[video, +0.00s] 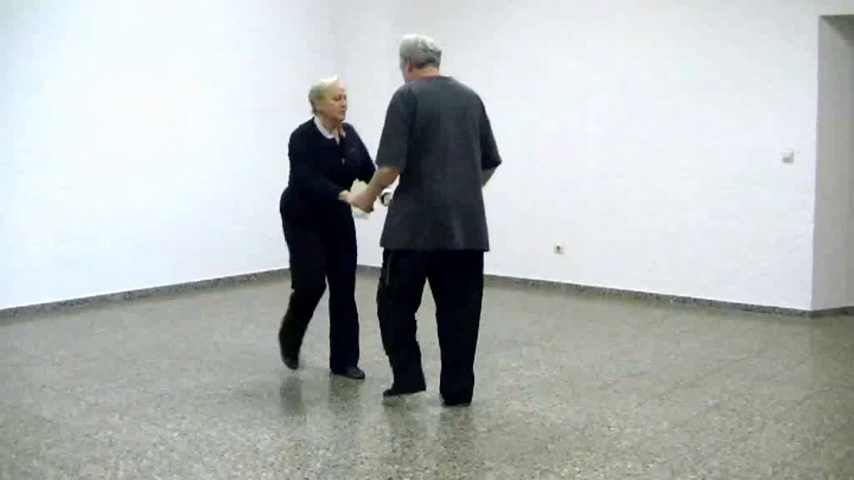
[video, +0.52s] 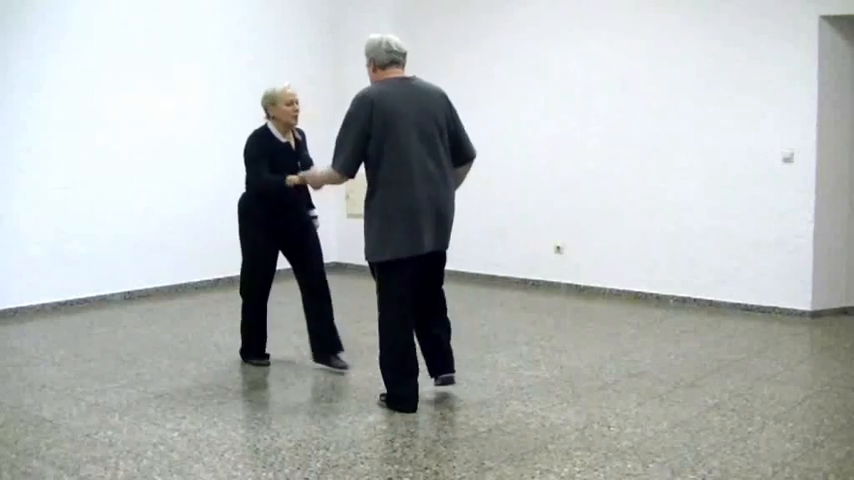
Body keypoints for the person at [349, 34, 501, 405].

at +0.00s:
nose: (402, 72)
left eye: (402, 67)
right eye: (403, 68)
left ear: (408, 65)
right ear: (438, 62)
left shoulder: (407, 97)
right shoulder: (471, 98)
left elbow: (391, 165)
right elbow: (488, 162)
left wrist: (368, 196)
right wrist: (459, 193)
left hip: (414, 225)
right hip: (466, 225)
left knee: (394, 305)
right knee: (460, 314)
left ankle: (408, 380)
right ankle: (458, 392)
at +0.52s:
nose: (367, 72)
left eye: (367, 67)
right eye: (369, 67)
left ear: (373, 66)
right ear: (403, 62)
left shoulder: (369, 99)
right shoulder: (435, 96)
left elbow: (342, 172)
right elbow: (464, 158)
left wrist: (311, 177)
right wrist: (439, 191)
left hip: (392, 221)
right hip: (437, 218)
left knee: (394, 309)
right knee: (430, 294)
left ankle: (402, 396)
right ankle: (443, 370)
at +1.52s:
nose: (404, 67)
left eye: (403, 60)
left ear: (403, 61)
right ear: (439, 63)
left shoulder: (382, 95)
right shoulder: (456, 101)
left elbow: (347, 152)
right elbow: (482, 170)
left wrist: (341, 131)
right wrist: (467, 206)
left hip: (384, 225)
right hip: (437, 227)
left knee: (383, 306)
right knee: (433, 313)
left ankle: (381, 387)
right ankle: (427, 400)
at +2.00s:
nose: (421, 70)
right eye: (421, 65)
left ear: (383, 61)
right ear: (418, 66)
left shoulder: (357, 97)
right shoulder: (420, 103)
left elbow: (326, 113)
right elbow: (439, 165)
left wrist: (359, 80)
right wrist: (440, 203)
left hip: (353, 227)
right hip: (402, 230)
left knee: (352, 312)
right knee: (414, 311)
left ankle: (350, 396)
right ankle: (422, 393)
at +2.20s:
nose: (421, 70)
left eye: (420, 64)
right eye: (420, 64)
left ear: (380, 61)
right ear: (413, 66)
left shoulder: (353, 92)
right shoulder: (409, 102)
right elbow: (418, 172)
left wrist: (411, 85)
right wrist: (434, 195)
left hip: (344, 225)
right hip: (393, 228)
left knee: (347, 317)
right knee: (405, 306)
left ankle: (350, 397)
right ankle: (397, 384)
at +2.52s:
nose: (433, 72)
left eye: (432, 67)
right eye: (431, 67)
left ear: (394, 65)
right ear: (418, 69)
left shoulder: (372, 91)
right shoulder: (406, 107)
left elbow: (424, 83)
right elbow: (413, 178)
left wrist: (461, 65)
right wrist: (451, 187)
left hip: (359, 217)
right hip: (391, 223)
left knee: (372, 298)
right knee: (405, 301)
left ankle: (346, 364)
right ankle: (391, 384)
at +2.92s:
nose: (440, 75)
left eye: (440, 67)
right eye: (434, 68)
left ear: (415, 68)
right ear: (409, 69)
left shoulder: (412, 97)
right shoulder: (391, 107)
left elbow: (452, 109)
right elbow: (421, 172)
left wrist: (494, 97)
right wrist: (480, 178)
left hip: (406, 223)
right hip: (388, 228)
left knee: (423, 286)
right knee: (401, 305)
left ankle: (381, 350)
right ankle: (396, 384)